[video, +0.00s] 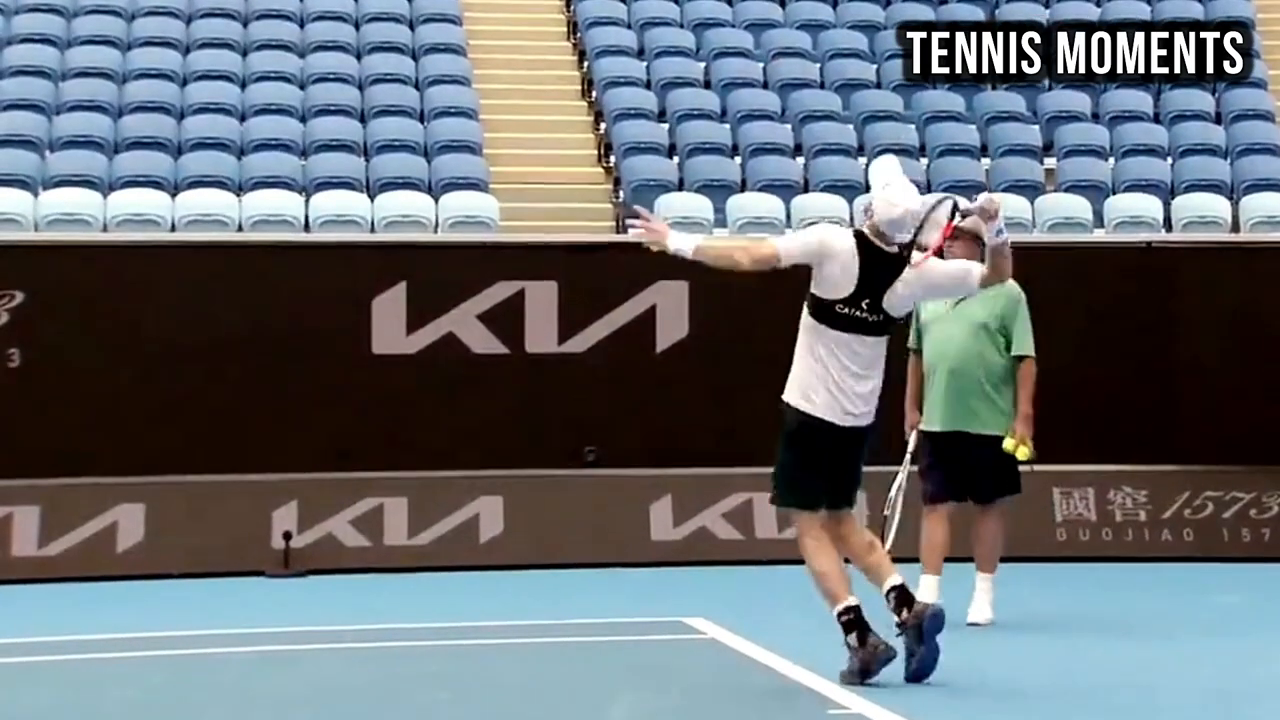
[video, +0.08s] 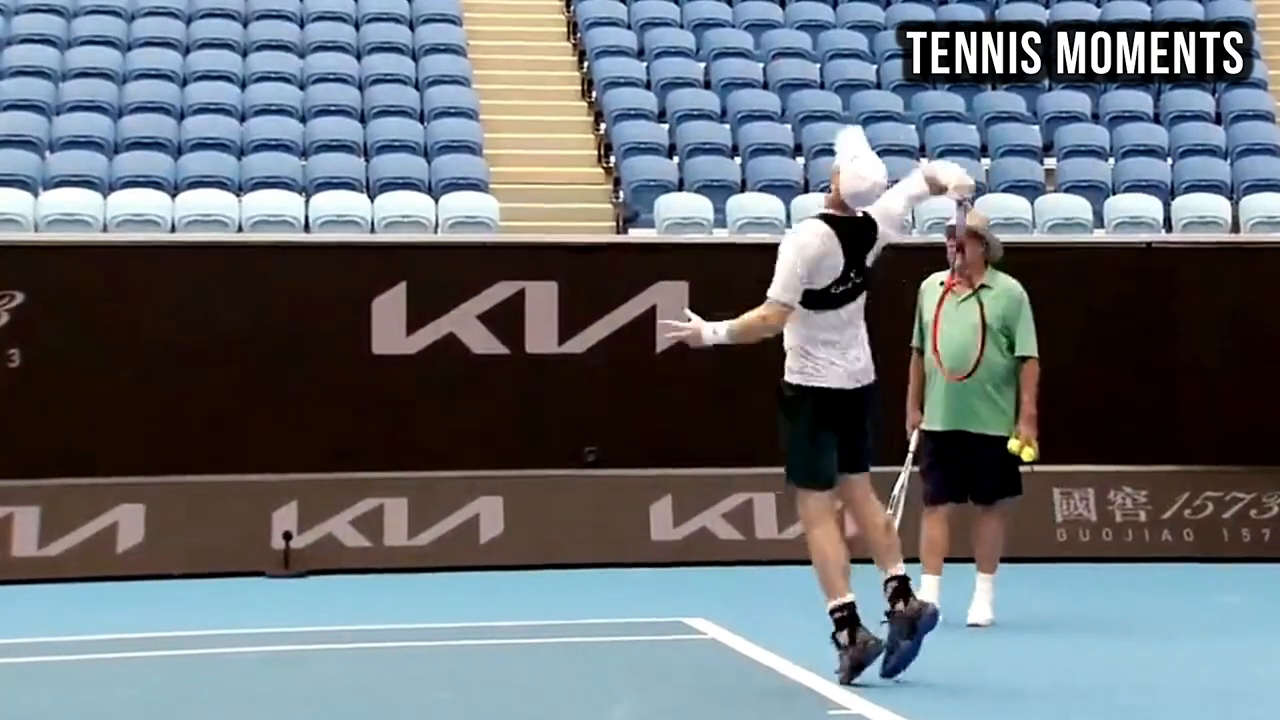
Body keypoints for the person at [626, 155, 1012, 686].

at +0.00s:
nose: (867, 206)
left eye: (871, 204)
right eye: (885, 207)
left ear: (868, 214)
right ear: (911, 227)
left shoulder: (829, 242)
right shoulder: (918, 274)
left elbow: (750, 257)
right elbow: (997, 272)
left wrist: (674, 242)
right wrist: (993, 229)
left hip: (810, 409)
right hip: (859, 417)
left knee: (810, 529)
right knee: (844, 522)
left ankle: (860, 639)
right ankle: (908, 609)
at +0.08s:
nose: (834, 173)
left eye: (837, 171)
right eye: (844, 172)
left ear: (835, 184)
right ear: (866, 192)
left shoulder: (804, 241)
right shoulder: (874, 226)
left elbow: (771, 318)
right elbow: (911, 189)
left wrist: (710, 332)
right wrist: (940, 180)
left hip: (811, 385)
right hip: (858, 382)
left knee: (817, 513)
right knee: (861, 494)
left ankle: (850, 634)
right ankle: (902, 599)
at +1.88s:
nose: (453, 152)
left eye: (460, 141)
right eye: (455, 141)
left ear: (486, 147)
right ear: (503, 151)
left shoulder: (469, 207)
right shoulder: (552, 214)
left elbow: (464, 296)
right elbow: (569, 311)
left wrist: (415, 368)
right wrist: (560, 385)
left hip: (485, 391)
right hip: (542, 387)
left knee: (463, 515)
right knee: (514, 513)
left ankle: (490, 655)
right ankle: (553, 644)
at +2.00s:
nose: (460, 144)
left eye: (466, 134)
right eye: (462, 134)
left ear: (489, 138)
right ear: (512, 140)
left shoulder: (465, 195)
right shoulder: (560, 204)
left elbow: (454, 286)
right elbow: (582, 300)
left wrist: (421, 340)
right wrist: (584, 380)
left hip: (491, 381)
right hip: (554, 375)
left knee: (476, 506)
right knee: (553, 498)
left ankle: (492, 651)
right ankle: (585, 633)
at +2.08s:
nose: (473, 140)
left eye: (477, 131)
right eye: (475, 131)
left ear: (493, 134)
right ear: (526, 138)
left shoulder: (469, 194)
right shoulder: (567, 200)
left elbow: (454, 284)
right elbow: (591, 295)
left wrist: (432, 308)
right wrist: (602, 375)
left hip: (496, 377)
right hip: (562, 370)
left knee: (482, 509)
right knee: (572, 498)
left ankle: (493, 645)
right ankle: (606, 627)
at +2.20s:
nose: (510, 134)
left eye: (512, 127)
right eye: (522, 127)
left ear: (514, 132)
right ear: (560, 136)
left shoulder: (484, 189)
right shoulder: (588, 198)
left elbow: (458, 271)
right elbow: (610, 288)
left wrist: (497, 303)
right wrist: (628, 371)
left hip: (505, 372)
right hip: (577, 368)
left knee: (494, 505)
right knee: (599, 497)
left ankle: (495, 639)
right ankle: (621, 630)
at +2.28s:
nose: (556, 137)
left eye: (547, 127)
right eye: (573, 130)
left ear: (539, 130)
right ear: (586, 135)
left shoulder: (504, 184)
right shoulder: (607, 195)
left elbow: (475, 270)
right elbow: (626, 283)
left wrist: (517, 281)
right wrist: (646, 367)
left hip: (523, 366)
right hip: (593, 365)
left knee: (505, 497)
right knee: (612, 494)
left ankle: (497, 631)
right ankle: (629, 626)